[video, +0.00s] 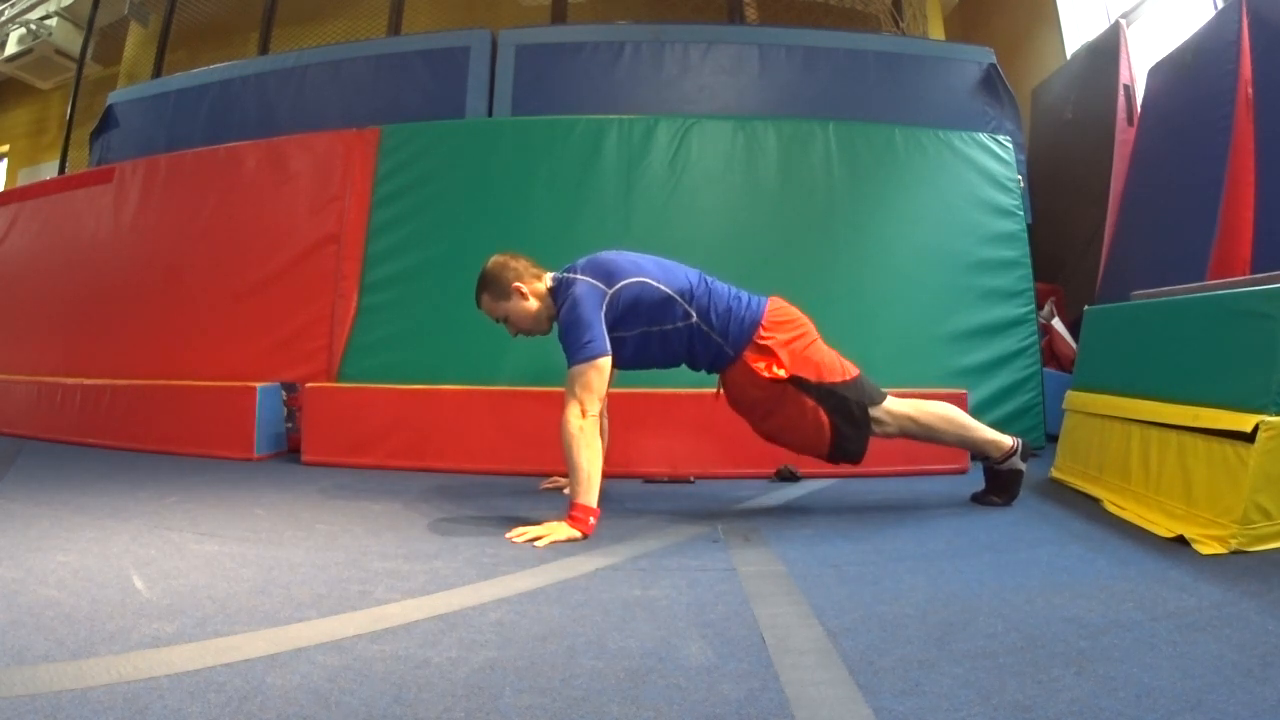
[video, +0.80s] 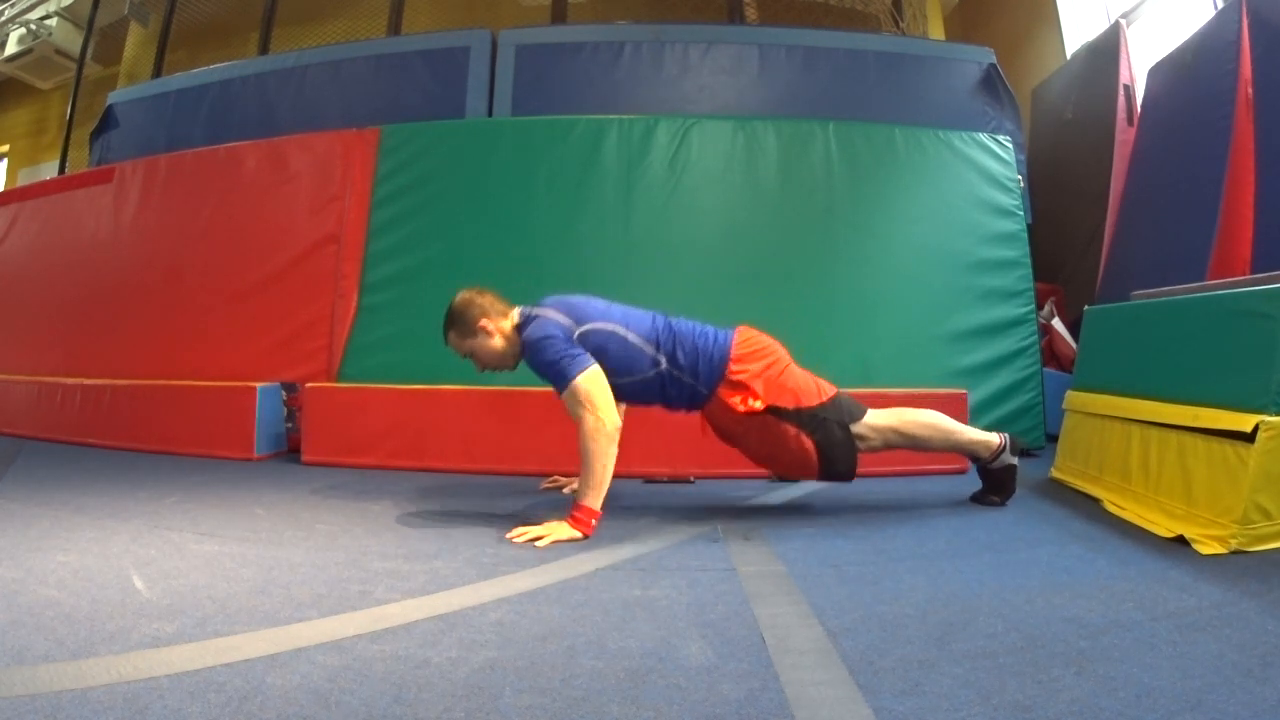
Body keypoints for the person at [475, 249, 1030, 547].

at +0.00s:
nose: (513, 331)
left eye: (506, 320)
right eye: (504, 324)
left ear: (525, 290)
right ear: (529, 286)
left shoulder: (583, 297)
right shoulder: (578, 291)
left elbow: (582, 411)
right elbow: (593, 403)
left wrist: (581, 517)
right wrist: (580, 476)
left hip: (766, 333)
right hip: (738, 365)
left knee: (876, 411)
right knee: (843, 444)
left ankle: (1004, 447)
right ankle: (955, 419)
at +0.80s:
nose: (480, 365)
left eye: (475, 354)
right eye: (473, 358)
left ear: (491, 325)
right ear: (494, 321)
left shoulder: (545, 332)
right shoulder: (544, 325)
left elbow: (604, 415)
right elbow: (599, 404)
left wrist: (585, 514)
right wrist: (582, 476)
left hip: (738, 366)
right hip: (716, 395)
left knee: (854, 428)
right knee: (814, 462)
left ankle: (991, 446)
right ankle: (964, 441)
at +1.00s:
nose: (453, 444)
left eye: (446, 437)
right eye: (446, 439)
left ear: (461, 417)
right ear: (464, 408)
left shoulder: (522, 406)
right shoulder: (508, 406)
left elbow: (604, 431)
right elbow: (595, 420)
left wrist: (579, 520)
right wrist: (583, 475)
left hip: (711, 422)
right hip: (696, 454)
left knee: (845, 457)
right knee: (804, 497)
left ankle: (979, 447)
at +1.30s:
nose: (446, 496)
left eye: (440, 488)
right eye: (441, 490)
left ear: (453, 466)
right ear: (460, 459)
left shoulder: (505, 453)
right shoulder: (513, 460)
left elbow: (582, 425)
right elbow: (596, 409)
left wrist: (578, 516)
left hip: (700, 455)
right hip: (693, 481)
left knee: (840, 479)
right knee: (831, 486)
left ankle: (976, 448)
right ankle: (963, 450)